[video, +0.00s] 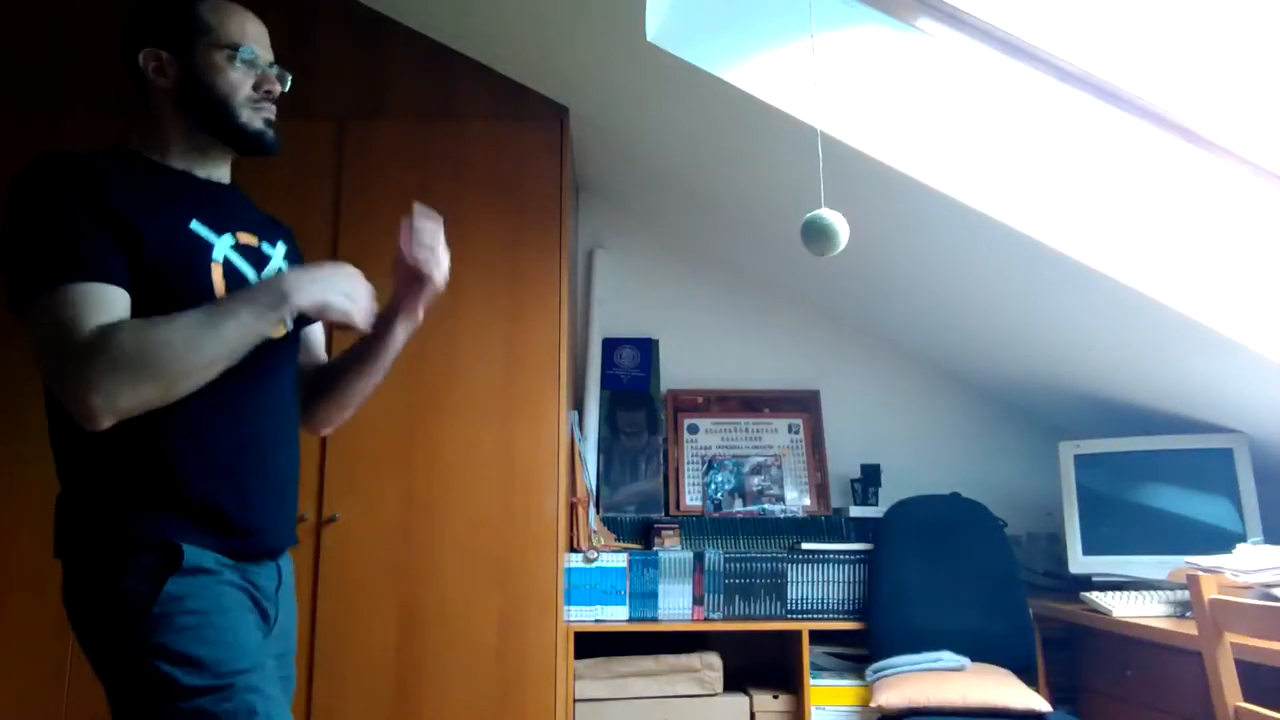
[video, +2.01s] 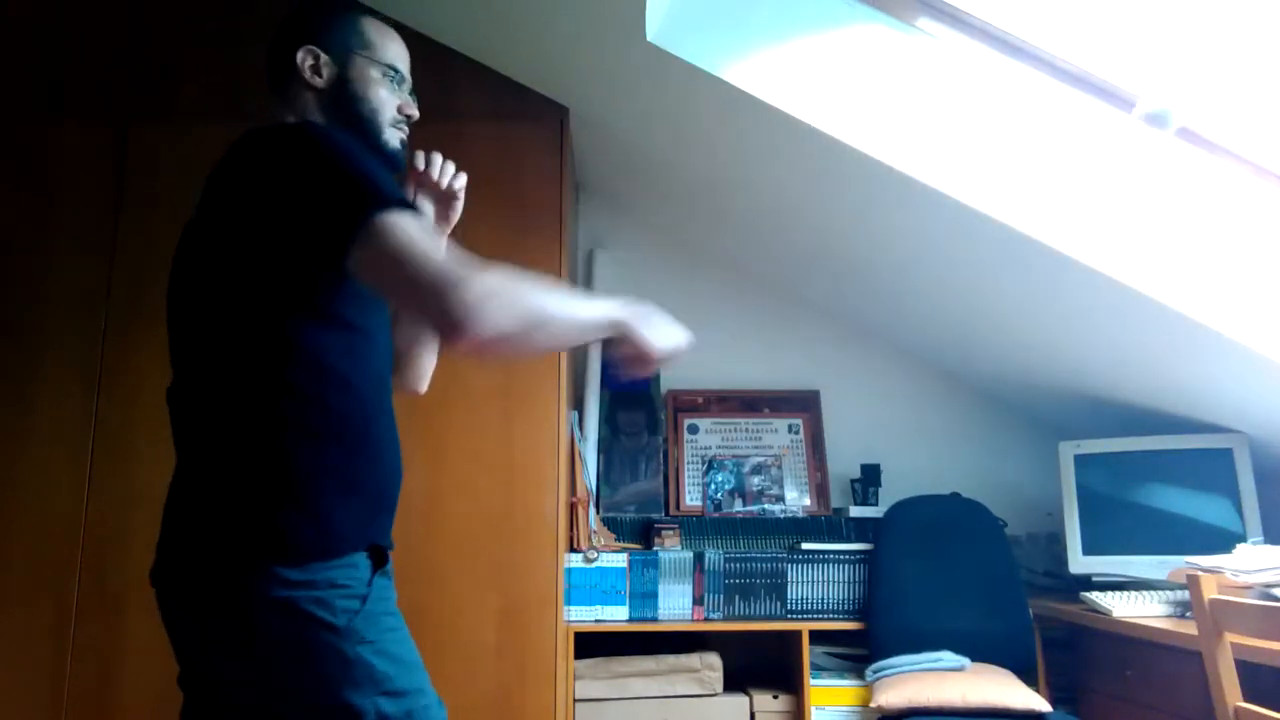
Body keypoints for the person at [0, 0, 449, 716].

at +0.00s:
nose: (272, 82)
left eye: (271, 67)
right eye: (240, 58)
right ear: (162, 69)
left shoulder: (270, 236)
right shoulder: (79, 192)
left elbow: (316, 408)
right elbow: (93, 386)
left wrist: (405, 311)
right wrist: (283, 295)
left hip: (266, 570)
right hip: (163, 571)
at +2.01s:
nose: (412, 108)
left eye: (411, 90)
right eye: (392, 78)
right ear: (315, 68)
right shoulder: (307, 160)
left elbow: (408, 372)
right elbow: (466, 308)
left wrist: (425, 239)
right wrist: (620, 314)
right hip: (306, 577)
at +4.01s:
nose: (255, 88)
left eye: (257, 75)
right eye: (226, 68)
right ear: (147, 83)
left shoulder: (259, 239)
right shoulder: (71, 206)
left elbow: (345, 408)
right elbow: (12, 402)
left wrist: (341, 282)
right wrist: (196, 314)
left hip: (252, 592)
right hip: (134, 594)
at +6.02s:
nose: (366, 77)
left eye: (359, 55)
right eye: (339, 46)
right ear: (258, 47)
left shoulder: (253, 171)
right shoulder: (225, 147)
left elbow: (312, 423)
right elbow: (245, 368)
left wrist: (396, 304)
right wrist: (436, 315)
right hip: (215, 594)